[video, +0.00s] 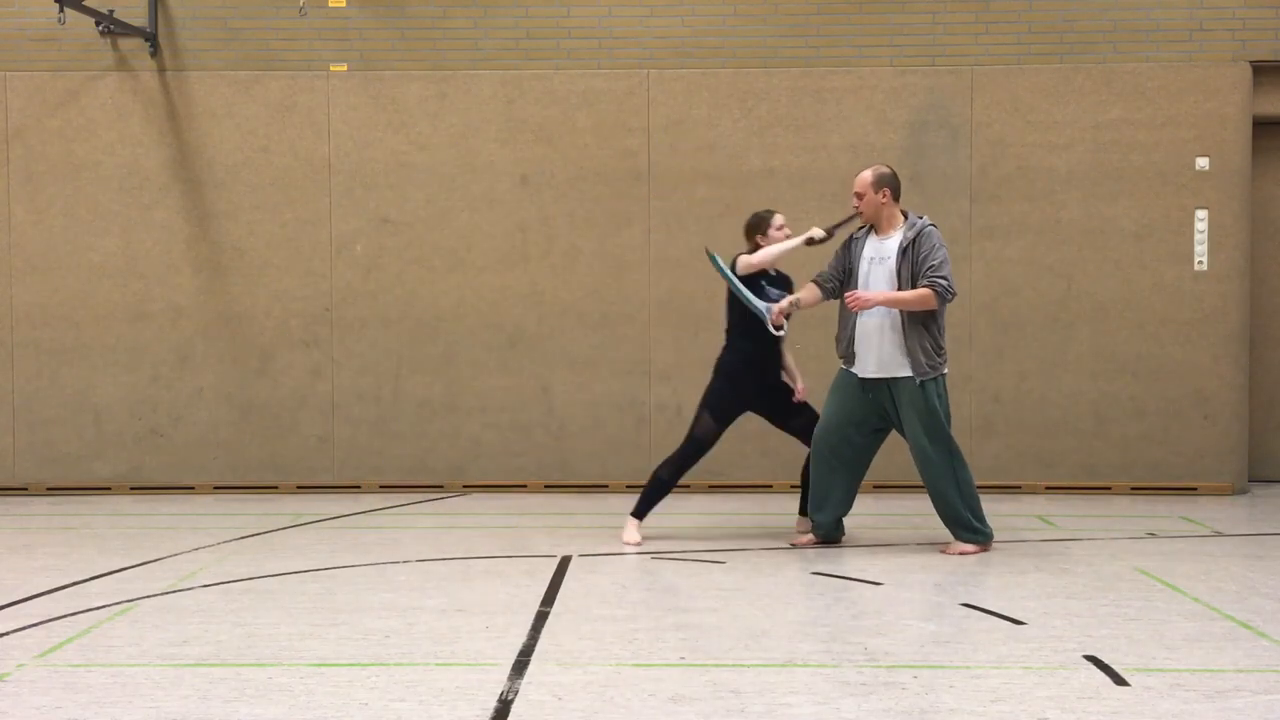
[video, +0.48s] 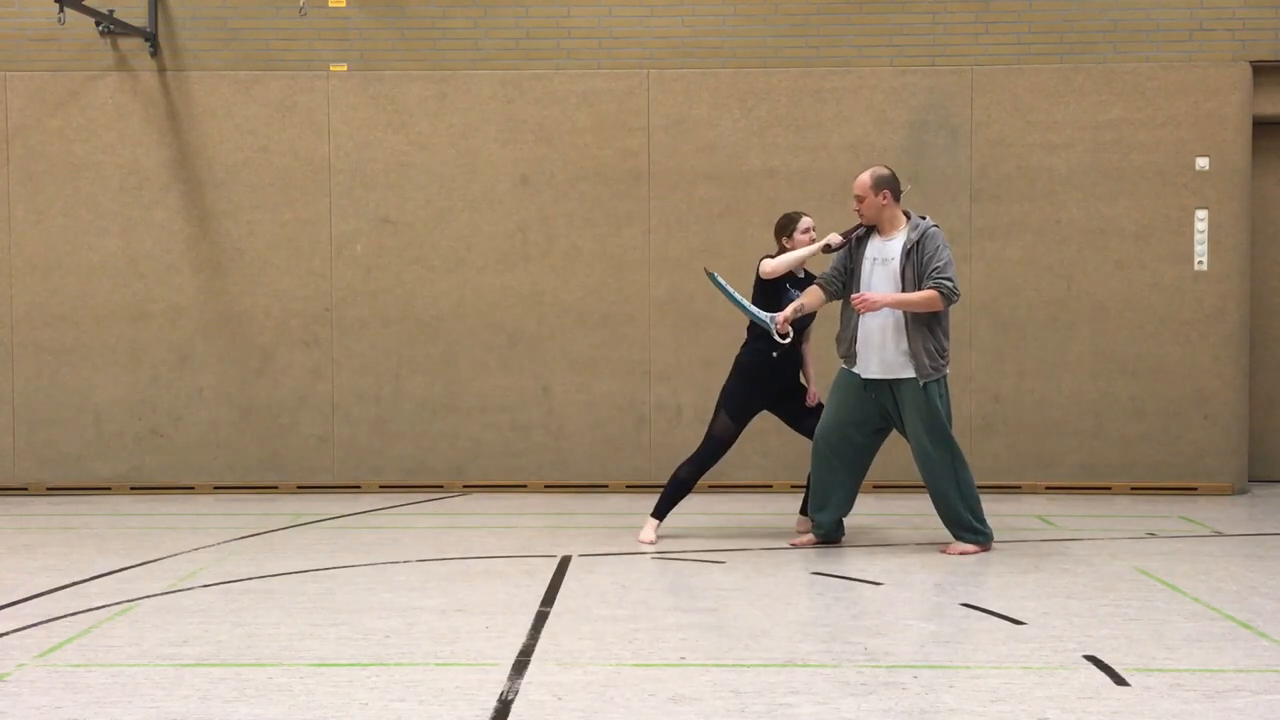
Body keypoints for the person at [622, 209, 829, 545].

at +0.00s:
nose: (789, 233)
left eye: (787, 227)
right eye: (781, 228)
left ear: (777, 235)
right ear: (761, 237)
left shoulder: (783, 283)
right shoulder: (741, 267)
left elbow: (777, 337)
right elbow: (758, 261)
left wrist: (795, 376)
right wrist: (801, 240)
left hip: (769, 384)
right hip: (733, 382)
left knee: (823, 438)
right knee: (693, 449)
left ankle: (806, 522)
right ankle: (635, 520)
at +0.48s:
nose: (814, 237)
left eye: (814, 231)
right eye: (807, 232)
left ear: (813, 237)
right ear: (787, 239)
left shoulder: (811, 283)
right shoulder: (769, 267)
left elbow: (806, 338)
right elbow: (772, 268)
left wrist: (811, 382)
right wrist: (819, 246)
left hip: (785, 384)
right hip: (750, 380)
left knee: (835, 435)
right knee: (710, 451)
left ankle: (808, 517)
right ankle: (654, 520)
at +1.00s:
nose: (707, 232)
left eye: (713, 226)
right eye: (701, 226)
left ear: (719, 226)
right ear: (688, 225)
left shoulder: (723, 264)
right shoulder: (668, 253)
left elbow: (732, 322)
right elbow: (630, 263)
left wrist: (747, 371)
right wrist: (661, 220)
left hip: (713, 361)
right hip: (673, 362)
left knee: (753, 435)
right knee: (672, 445)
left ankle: (794, 507)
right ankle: (660, 524)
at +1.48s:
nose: (574, 233)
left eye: (580, 227)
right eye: (573, 227)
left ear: (600, 225)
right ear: (574, 225)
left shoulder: (623, 259)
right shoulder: (569, 255)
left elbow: (644, 315)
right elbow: (557, 311)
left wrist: (654, 366)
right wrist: (520, 325)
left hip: (611, 363)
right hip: (583, 364)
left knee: (566, 435)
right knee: (622, 444)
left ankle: (545, 527)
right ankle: (654, 518)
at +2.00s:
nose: (419, 231)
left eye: (424, 225)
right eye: (416, 225)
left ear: (444, 218)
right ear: (415, 222)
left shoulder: (469, 252)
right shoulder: (413, 251)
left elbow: (485, 311)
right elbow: (406, 303)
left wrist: (488, 361)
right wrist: (384, 318)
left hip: (455, 360)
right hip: (416, 359)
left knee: (458, 445)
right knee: (383, 435)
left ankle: (490, 528)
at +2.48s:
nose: (397, 222)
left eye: (399, 215)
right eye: (391, 215)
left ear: (388, 219)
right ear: (368, 217)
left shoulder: (387, 263)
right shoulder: (339, 253)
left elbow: (393, 320)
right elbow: (324, 299)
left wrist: (416, 361)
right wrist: (337, 249)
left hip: (367, 363)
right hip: (327, 362)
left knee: (406, 434)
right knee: (328, 445)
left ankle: (413, 520)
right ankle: (315, 523)